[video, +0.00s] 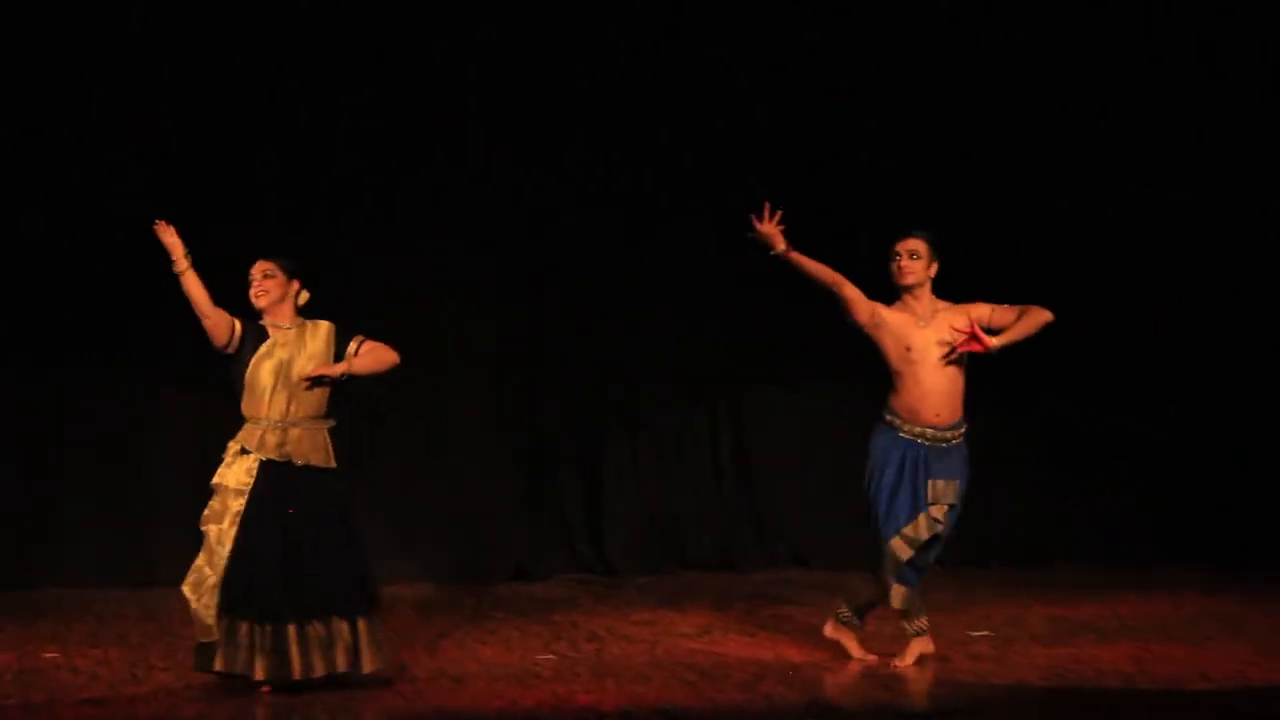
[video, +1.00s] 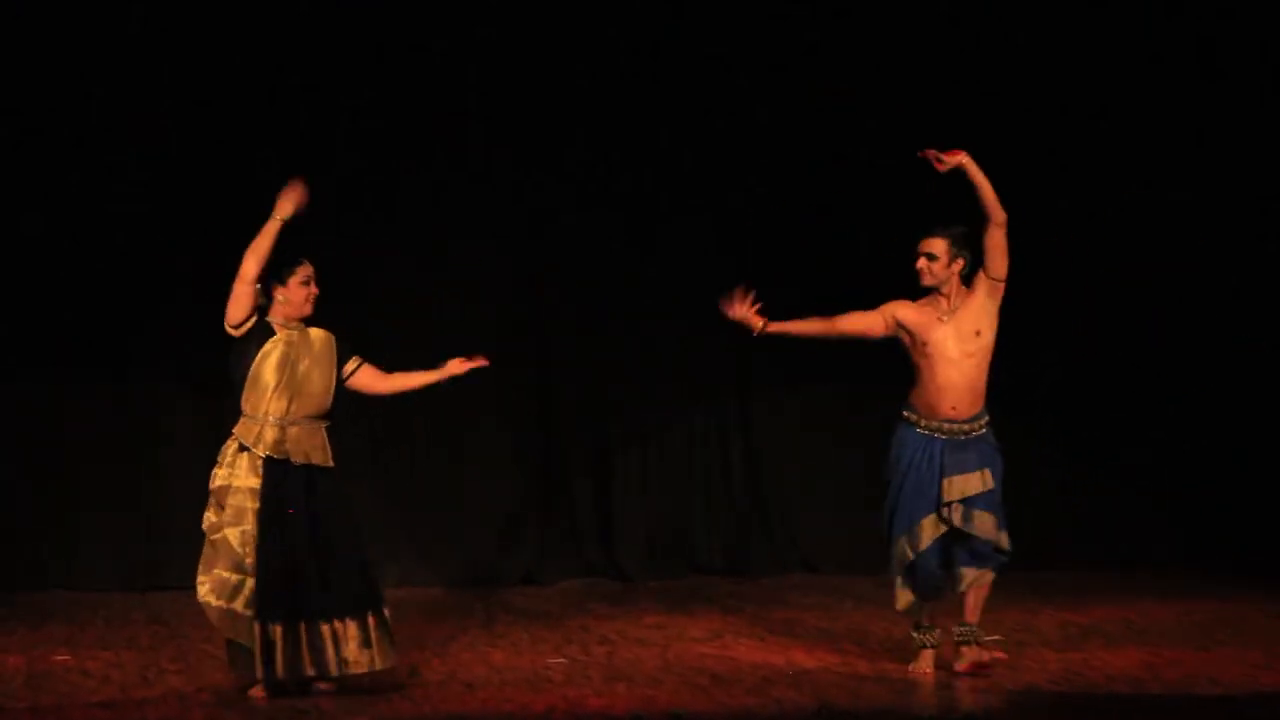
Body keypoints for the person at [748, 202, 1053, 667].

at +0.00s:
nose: (902, 264)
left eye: (912, 257)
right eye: (897, 258)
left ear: (933, 268)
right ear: (892, 270)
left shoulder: (964, 315)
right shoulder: (881, 318)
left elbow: (1040, 315)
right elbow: (837, 283)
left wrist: (998, 340)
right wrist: (783, 251)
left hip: (949, 444)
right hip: (898, 438)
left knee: (928, 538)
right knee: (897, 536)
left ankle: (847, 618)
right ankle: (918, 633)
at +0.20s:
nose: (919, 270)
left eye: (929, 262)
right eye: (912, 262)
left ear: (945, 270)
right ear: (902, 269)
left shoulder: (965, 317)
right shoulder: (887, 318)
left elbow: (1045, 312)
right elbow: (837, 289)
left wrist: (992, 330)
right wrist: (827, 227)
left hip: (948, 447)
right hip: (898, 444)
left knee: (948, 548)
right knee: (906, 544)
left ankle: (871, 602)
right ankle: (915, 642)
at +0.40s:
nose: (940, 291)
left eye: (947, 283)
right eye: (932, 283)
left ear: (954, 280)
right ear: (913, 279)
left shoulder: (966, 313)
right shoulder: (891, 321)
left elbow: (1039, 298)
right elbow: (837, 316)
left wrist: (996, 324)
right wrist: (897, 299)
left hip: (953, 439)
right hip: (901, 439)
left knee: (975, 521)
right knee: (906, 543)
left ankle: (925, 550)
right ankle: (916, 640)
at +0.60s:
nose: (949, 287)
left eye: (955, 279)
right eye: (940, 280)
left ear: (963, 271)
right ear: (920, 273)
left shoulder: (977, 303)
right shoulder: (897, 306)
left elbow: (1049, 305)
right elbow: (843, 333)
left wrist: (1006, 340)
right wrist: (898, 358)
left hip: (965, 430)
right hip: (914, 432)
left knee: (970, 531)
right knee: (918, 532)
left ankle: (956, 640)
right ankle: (919, 636)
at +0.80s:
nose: (939, 283)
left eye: (948, 275)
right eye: (931, 274)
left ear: (961, 277)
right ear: (920, 275)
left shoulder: (978, 305)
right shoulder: (897, 320)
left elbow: (1029, 254)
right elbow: (838, 375)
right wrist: (868, 344)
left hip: (966, 437)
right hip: (914, 440)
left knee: (975, 538)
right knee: (924, 544)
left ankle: (960, 630)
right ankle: (927, 645)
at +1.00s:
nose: (920, 266)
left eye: (931, 258)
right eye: (919, 258)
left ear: (960, 265)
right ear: (922, 265)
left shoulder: (986, 298)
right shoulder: (906, 315)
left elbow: (998, 222)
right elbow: (836, 324)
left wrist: (969, 165)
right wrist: (766, 327)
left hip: (973, 438)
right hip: (920, 437)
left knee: (981, 538)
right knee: (918, 539)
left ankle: (969, 641)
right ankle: (924, 639)